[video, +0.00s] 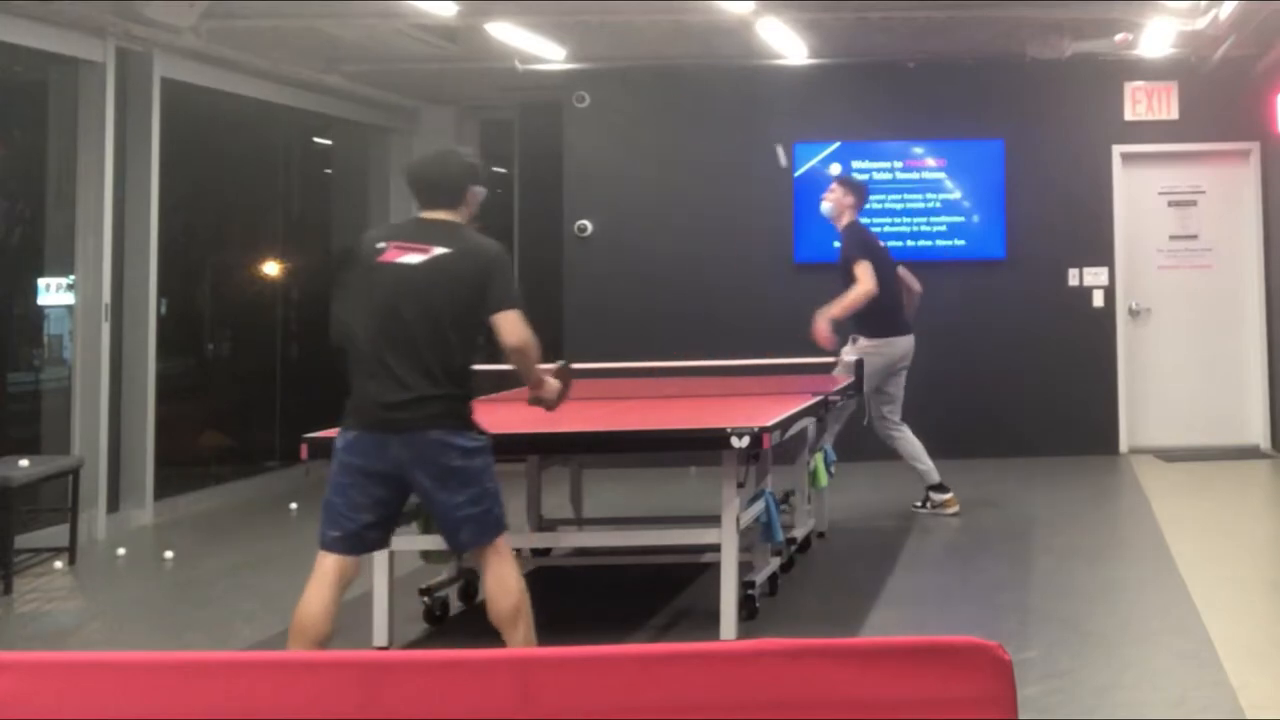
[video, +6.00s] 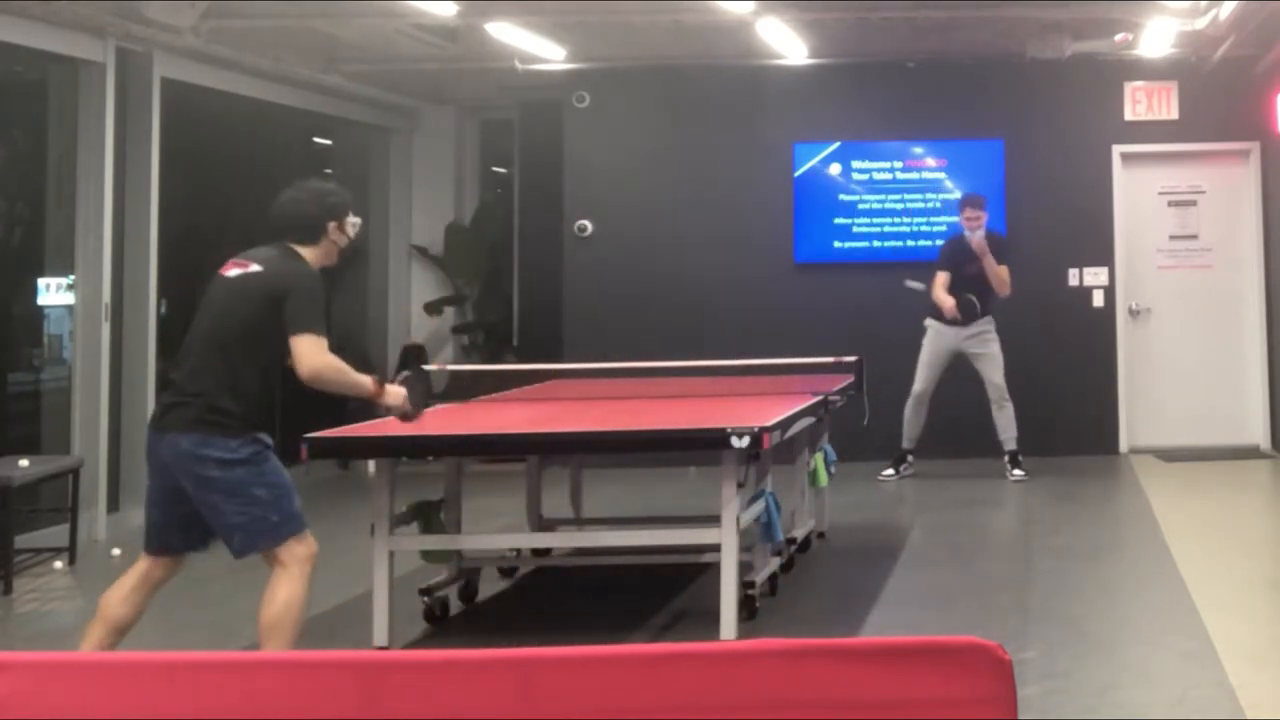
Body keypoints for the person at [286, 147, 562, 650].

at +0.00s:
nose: (481, 201)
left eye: (479, 192)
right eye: (478, 192)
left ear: (418, 195)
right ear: (468, 197)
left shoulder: (372, 245)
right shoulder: (482, 253)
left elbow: (346, 330)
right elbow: (515, 340)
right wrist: (536, 381)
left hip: (365, 433)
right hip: (443, 434)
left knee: (331, 566)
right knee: (493, 553)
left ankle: (288, 694)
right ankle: (530, 678)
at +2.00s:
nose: (553, 207)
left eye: (549, 197)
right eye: (550, 199)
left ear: (479, 198)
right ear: (536, 207)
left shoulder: (440, 243)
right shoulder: (542, 267)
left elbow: (387, 255)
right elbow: (626, 290)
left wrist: (430, 210)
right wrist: (690, 291)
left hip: (364, 417)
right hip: (424, 443)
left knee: (317, 485)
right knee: (443, 566)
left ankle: (267, 561)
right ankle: (377, 672)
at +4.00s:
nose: (663, 237)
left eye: (666, 232)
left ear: (671, 238)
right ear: (723, 245)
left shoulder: (651, 273)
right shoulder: (735, 296)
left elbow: (617, 349)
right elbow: (717, 355)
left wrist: (656, 333)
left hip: (662, 439)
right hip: (722, 439)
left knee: (613, 567)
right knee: (734, 539)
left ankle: (588, 690)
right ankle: (777, 648)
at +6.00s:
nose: (347, 238)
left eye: (349, 226)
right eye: (345, 226)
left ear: (291, 224)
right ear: (322, 227)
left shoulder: (243, 263)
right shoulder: (297, 274)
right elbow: (313, 365)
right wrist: (378, 390)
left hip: (169, 434)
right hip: (221, 439)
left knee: (158, 560)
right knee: (295, 553)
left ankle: (79, 669)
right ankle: (271, 689)